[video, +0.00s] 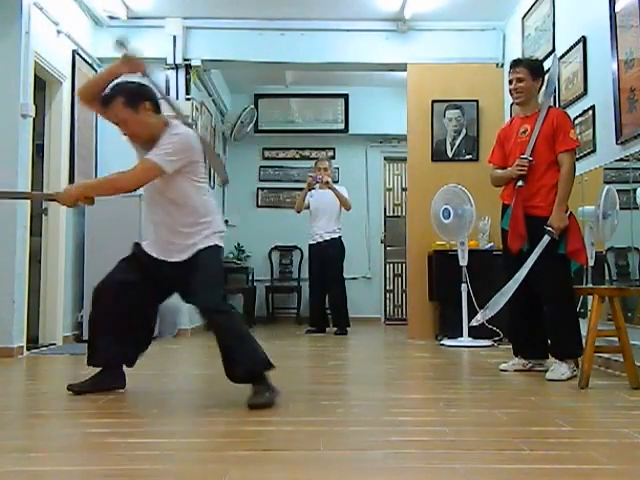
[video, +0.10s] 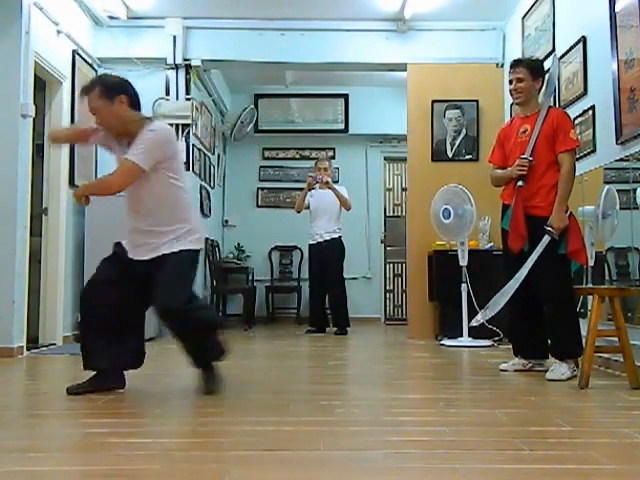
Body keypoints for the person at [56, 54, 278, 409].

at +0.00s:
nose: (123, 134)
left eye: (124, 124)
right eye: (119, 126)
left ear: (146, 110)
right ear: (141, 112)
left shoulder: (181, 139)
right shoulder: (146, 136)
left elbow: (133, 180)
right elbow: (86, 97)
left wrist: (83, 189)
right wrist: (119, 67)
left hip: (200, 245)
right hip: (158, 246)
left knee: (211, 304)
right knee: (109, 294)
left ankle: (259, 380)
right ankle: (111, 372)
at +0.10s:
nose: (94, 122)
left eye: (97, 112)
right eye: (93, 115)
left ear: (122, 103)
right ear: (117, 106)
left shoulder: (158, 133)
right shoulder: (117, 136)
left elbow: (116, 183)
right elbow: (56, 135)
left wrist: (83, 189)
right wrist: (79, 134)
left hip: (179, 240)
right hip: (139, 243)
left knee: (170, 302)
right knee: (98, 298)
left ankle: (207, 361)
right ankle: (109, 373)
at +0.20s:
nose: (78, 115)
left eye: (80, 105)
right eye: (76, 107)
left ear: (103, 100)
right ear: (100, 103)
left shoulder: (139, 132)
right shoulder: (101, 140)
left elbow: (97, 180)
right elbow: (73, 165)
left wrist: (77, 176)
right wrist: (32, 166)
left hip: (157, 241)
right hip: (122, 241)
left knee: (137, 307)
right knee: (87, 297)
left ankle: (135, 358)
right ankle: (107, 372)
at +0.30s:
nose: (67, 120)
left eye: (69, 110)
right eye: (66, 112)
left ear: (92, 106)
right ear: (89, 108)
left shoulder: (126, 134)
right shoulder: (91, 142)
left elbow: (85, 176)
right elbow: (71, 161)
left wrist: (66, 169)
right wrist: (44, 165)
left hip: (142, 246)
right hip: (106, 242)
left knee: (107, 313)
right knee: (78, 300)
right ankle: (107, 372)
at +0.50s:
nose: (73, 120)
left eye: (80, 113)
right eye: (70, 113)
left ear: (103, 112)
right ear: (68, 114)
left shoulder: (123, 144)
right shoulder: (75, 146)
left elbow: (85, 181)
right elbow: (32, 163)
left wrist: (61, 167)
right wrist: (1, 168)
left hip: (123, 251)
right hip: (85, 245)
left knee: (96, 312)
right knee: (74, 303)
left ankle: (69, 355)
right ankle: (106, 370)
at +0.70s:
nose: (126, 113)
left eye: (130, 107)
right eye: (119, 106)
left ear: (132, 106)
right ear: (97, 101)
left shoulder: (128, 130)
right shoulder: (74, 131)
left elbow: (132, 162)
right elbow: (83, 149)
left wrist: (99, 181)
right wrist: (128, 153)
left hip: (112, 231)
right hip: (76, 229)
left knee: (97, 300)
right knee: (101, 286)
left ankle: (40, 354)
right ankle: (106, 368)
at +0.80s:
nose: (140, 113)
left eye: (142, 108)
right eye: (138, 105)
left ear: (114, 99)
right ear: (119, 97)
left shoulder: (112, 129)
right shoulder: (99, 117)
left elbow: (140, 162)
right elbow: (159, 112)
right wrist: (172, 101)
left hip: (74, 223)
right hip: (75, 224)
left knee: (82, 294)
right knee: (116, 290)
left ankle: (42, 362)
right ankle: (109, 370)